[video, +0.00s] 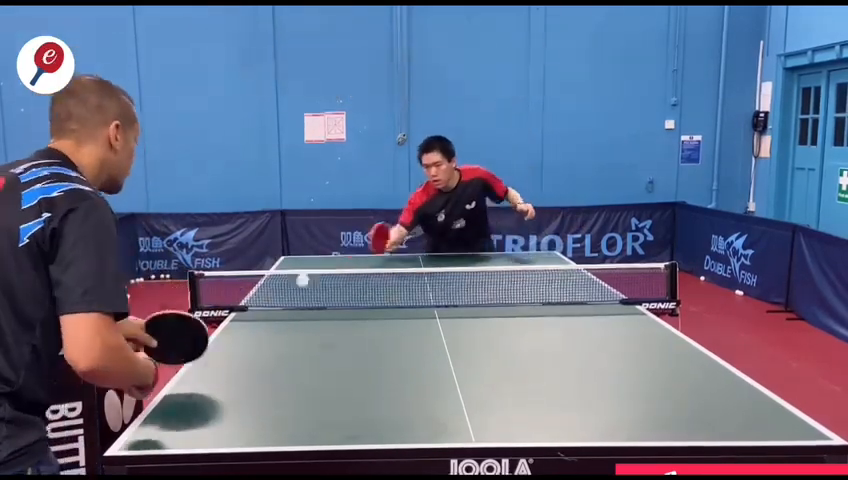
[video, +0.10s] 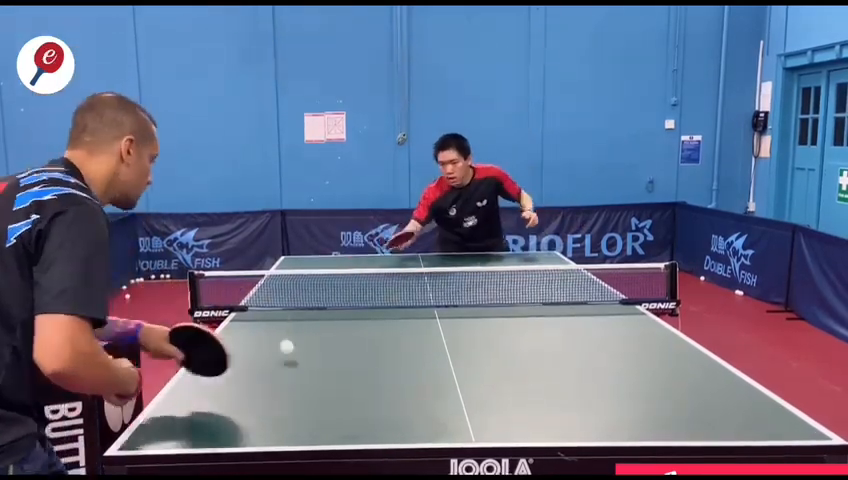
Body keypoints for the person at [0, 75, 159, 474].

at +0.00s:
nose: (133, 158)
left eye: (136, 145)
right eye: (134, 143)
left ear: (60, 130)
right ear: (114, 135)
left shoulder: (10, 179)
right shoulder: (81, 205)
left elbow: (22, 310)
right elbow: (89, 353)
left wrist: (108, 327)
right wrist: (144, 373)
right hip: (14, 440)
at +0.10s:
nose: (150, 179)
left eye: (154, 165)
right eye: (151, 162)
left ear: (79, 143)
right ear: (126, 150)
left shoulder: (16, 189)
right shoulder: (76, 209)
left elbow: (36, 317)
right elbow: (61, 354)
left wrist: (138, 333)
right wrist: (120, 378)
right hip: (11, 438)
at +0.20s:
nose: (158, 182)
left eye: (160, 167)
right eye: (157, 164)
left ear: (127, 153)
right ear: (128, 152)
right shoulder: (59, 209)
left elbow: (116, 302)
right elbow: (25, 346)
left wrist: (218, 319)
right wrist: (96, 378)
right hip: (11, 441)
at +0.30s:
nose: (150, 166)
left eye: (153, 151)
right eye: (149, 148)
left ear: (119, 139)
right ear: (116, 138)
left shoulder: (77, 209)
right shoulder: (29, 197)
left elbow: (164, 267)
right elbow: (5, 335)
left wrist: (253, 291)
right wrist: (81, 369)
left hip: (17, 405)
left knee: (57, 471)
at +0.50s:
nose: (96, 116)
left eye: (94, 101)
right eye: (90, 99)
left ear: (56, 100)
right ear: (56, 99)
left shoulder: (30, 178)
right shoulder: (7, 184)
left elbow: (71, 255)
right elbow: (3, 336)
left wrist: (174, 268)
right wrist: (59, 356)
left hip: (14, 408)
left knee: (45, 469)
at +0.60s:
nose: (59, 106)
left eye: (55, 91)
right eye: (48, 89)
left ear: (16, 90)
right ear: (16, 91)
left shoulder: (3, 182)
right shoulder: (1, 186)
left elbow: (6, 278)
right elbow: (3, 353)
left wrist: (95, 292)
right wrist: (50, 360)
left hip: (8, 421)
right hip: (6, 430)